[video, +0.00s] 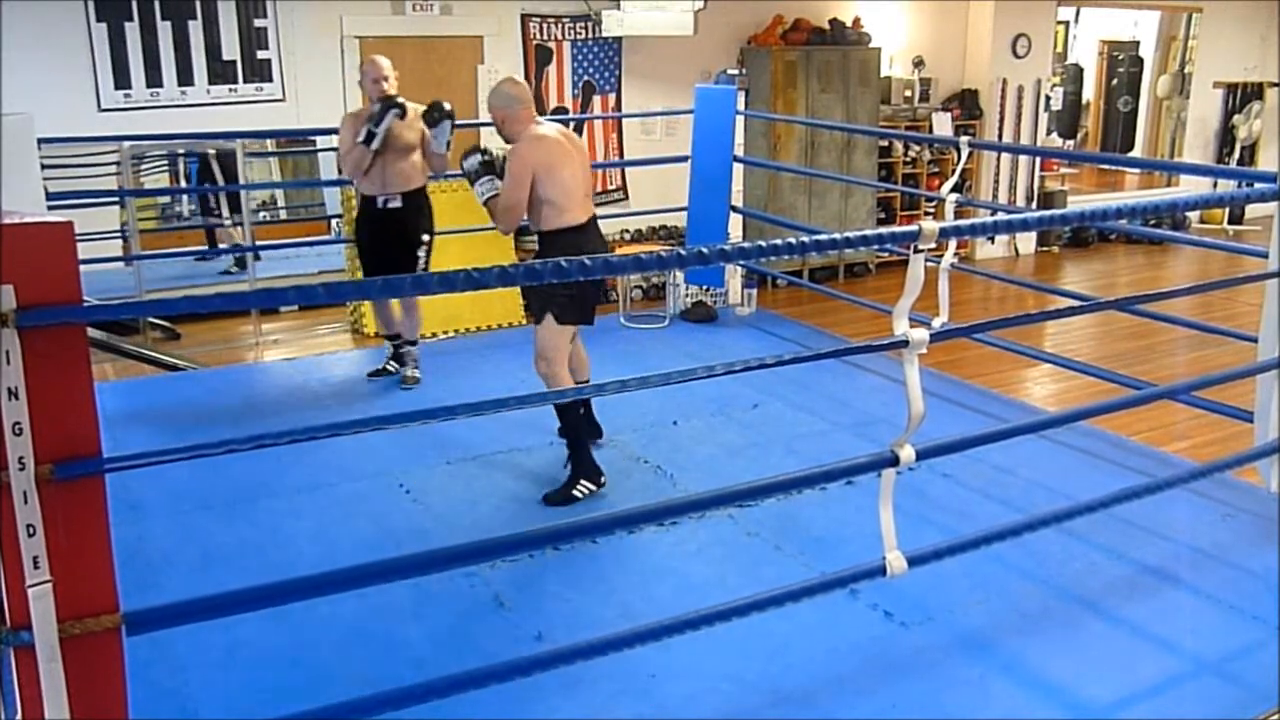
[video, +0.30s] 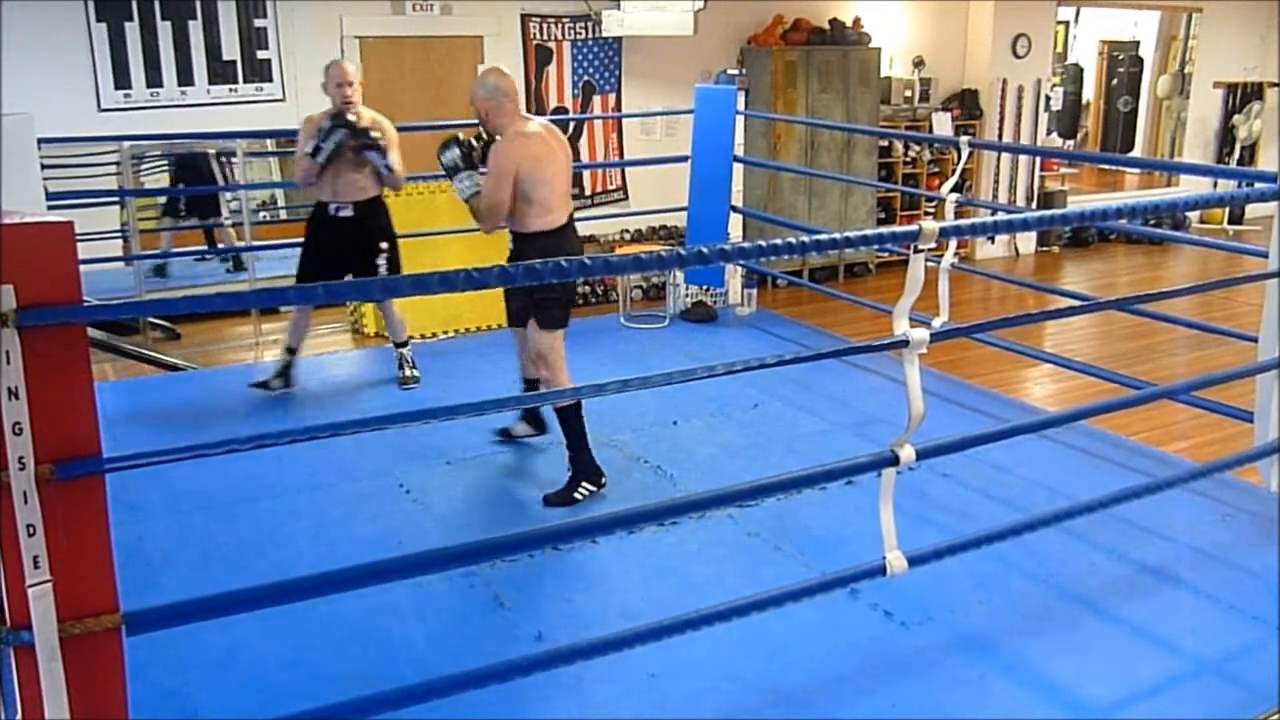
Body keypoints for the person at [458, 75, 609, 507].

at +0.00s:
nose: (496, 129)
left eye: (496, 121)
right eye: (494, 122)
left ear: (510, 114)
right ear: (529, 106)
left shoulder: (526, 150)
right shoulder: (567, 135)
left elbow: (507, 220)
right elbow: (555, 199)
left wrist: (484, 182)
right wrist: (501, 175)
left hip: (560, 252)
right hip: (588, 241)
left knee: (549, 362)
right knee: (568, 341)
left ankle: (585, 470)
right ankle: (585, 420)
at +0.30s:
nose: (479, 119)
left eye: (480, 111)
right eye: (477, 112)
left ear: (498, 105)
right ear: (510, 101)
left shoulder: (508, 148)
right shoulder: (550, 132)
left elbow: (490, 219)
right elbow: (541, 195)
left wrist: (469, 191)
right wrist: (490, 182)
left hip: (536, 251)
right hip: (559, 242)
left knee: (548, 361)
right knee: (525, 337)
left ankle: (586, 470)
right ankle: (532, 415)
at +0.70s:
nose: (451, 123)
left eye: (454, 115)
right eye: (450, 115)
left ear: (471, 111)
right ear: (490, 106)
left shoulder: (471, 148)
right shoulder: (525, 140)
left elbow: (434, 200)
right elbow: (534, 191)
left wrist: (434, 152)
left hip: (498, 256)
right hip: (526, 249)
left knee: (496, 368)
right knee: (469, 333)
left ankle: (546, 469)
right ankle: (500, 413)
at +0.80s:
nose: (443, 137)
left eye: (443, 128)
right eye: (441, 129)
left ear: (460, 124)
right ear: (476, 120)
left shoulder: (468, 165)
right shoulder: (519, 154)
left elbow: (427, 211)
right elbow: (529, 203)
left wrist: (415, 167)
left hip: (494, 270)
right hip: (513, 261)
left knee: (488, 376)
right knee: (461, 340)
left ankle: (544, 471)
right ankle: (456, 420)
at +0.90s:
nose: (436, 140)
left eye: (436, 132)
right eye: (433, 133)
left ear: (449, 128)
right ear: (468, 119)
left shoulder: (472, 165)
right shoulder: (501, 148)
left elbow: (423, 213)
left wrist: (409, 168)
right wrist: (443, 152)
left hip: (495, 270)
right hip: (488, 264)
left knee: (486, 372)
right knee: (453, 338)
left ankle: (543, 470)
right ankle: (457, 423)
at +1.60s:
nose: (410, 128)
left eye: (415, 120)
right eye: (409, 121)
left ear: (440, 118)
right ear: (443, 118)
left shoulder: (464, 157)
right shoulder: (447, 150)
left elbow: (417, 218)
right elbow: (423, 212)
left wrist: (401, 168)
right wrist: (412, 165)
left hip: (485, 265)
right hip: (449, 261)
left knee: (505, 362)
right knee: (402, 331)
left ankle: (552, 454)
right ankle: (393, 419)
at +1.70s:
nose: (388, 137)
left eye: (393, 129)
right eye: (387, 129)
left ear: (418, 127)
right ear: (413, 128)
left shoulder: (441, 162)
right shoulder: (419, 152)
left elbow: (407, 231)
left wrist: (383, 185)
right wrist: (381, 167)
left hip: (466, 265)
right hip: (428, 262)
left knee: (498, 366)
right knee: (387, 347)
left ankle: (552, 456)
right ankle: (364, 431)